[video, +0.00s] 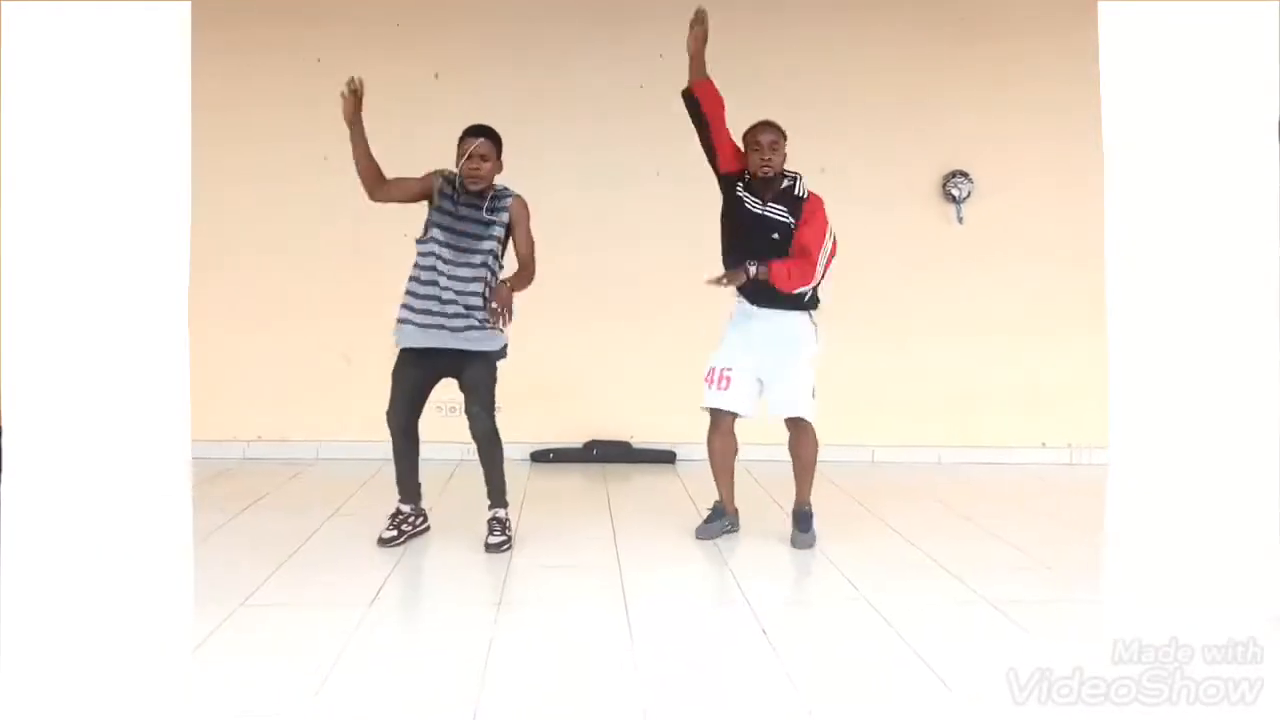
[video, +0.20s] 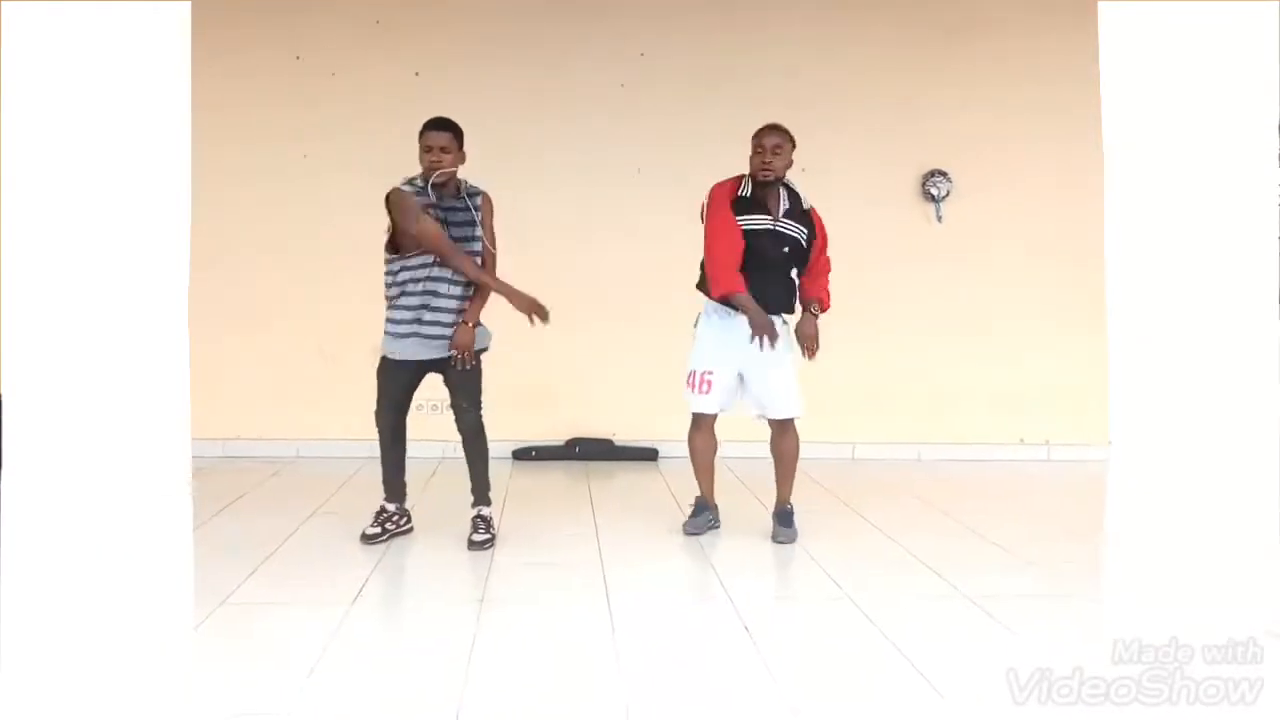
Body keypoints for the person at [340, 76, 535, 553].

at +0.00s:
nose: (474, 163)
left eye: (483, 157)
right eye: (467, 156)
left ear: (498, 164)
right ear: (458, 160)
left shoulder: (511, 206)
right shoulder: (438, 186)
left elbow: (526, 270)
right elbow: (377, 188)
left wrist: (507, 286)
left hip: (476, 336)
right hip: (423, 332)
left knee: (481, 422)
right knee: (399, 419)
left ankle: (497, 512)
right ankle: (410, 509)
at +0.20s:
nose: (436, 157)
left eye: (445, 150)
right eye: (428, 150)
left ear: (461, 156)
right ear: (418, 154)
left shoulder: (478, 201)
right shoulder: (402, 199)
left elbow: (486, 265)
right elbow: (446, 254)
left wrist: (469, 322)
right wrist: (512, 294)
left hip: (458, 335)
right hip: (405, 335)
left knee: (469, 419)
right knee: (388, 417)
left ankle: (481, 509)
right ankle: (395, 508)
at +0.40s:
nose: (412, 168)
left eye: (422, 162)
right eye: (405, 159)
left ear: (436, 166)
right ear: (393, 160)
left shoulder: (452, 206)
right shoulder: (376, 190)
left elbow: (469, 270)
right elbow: (412, 219)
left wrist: (465, 323)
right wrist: (476, 200)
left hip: (457, 335)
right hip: (405, 340)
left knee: (473, 417)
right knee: (383, 422)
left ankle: (484, 509)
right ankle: (393, 511)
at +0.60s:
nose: (426, 175)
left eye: (435, 168)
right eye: (418, 166)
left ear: (445, 169)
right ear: (403, 164)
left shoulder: (458, 214)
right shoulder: (383, 196)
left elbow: (495, 267)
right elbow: (323, 202)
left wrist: (481, 319)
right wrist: (348, 215)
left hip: (455, 338)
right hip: (404, 343)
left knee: (472, 419)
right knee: (390, 423)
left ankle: (495, 508)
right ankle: (404, 511)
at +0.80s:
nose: (391, 168)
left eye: (397, 160)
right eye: (391, 161)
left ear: (426, 161)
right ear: (417, 162)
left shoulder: (470, 209)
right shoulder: (400, 200)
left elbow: (492, 271)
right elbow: (359, 195)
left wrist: (466, 317)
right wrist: (374, 130)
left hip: (453, 330)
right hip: (410, 332)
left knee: (452, 418)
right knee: (404, 417)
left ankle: (532, 470)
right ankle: (421, 507)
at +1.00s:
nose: (385, 186)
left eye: (388, 176)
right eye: (384, 178)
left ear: (413, 171)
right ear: (409, 173)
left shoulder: (457, 205)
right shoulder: (410, 221)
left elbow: (489, 270)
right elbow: (426, 272)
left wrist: (463, 326)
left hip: (451, 341)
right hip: (407, 341)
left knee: (433, 429)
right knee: (409, 426)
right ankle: (422, 504)